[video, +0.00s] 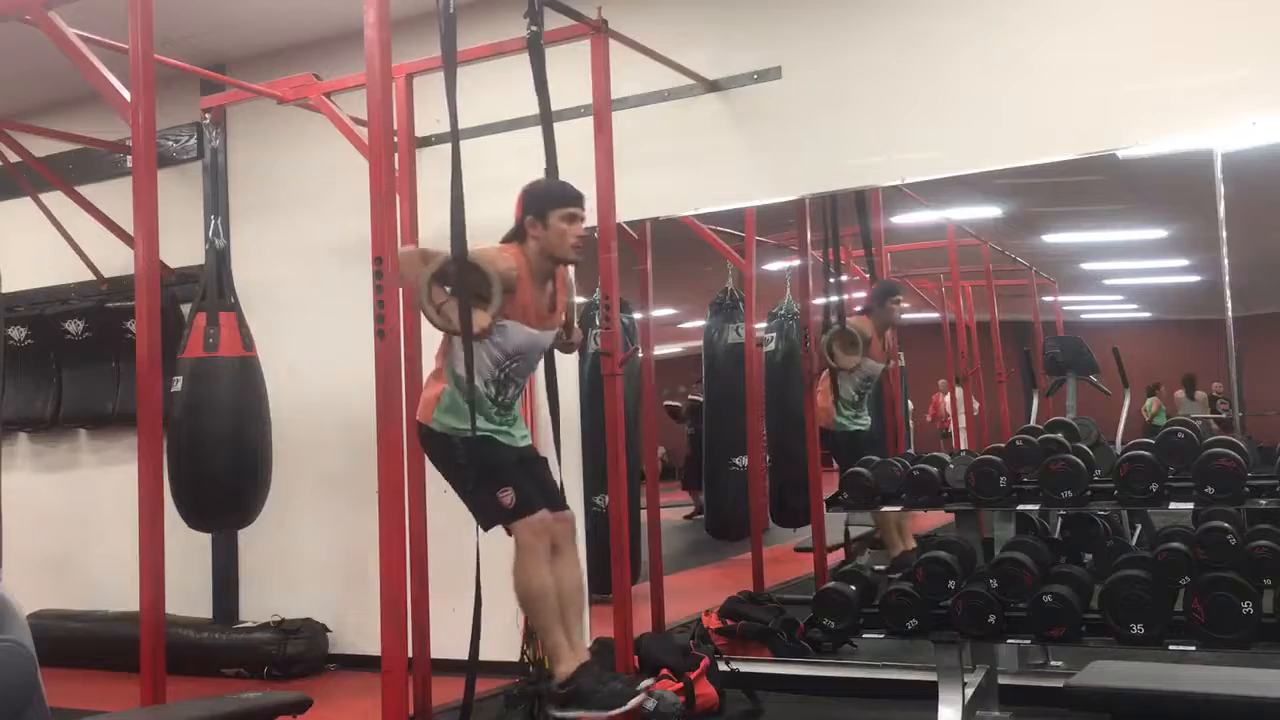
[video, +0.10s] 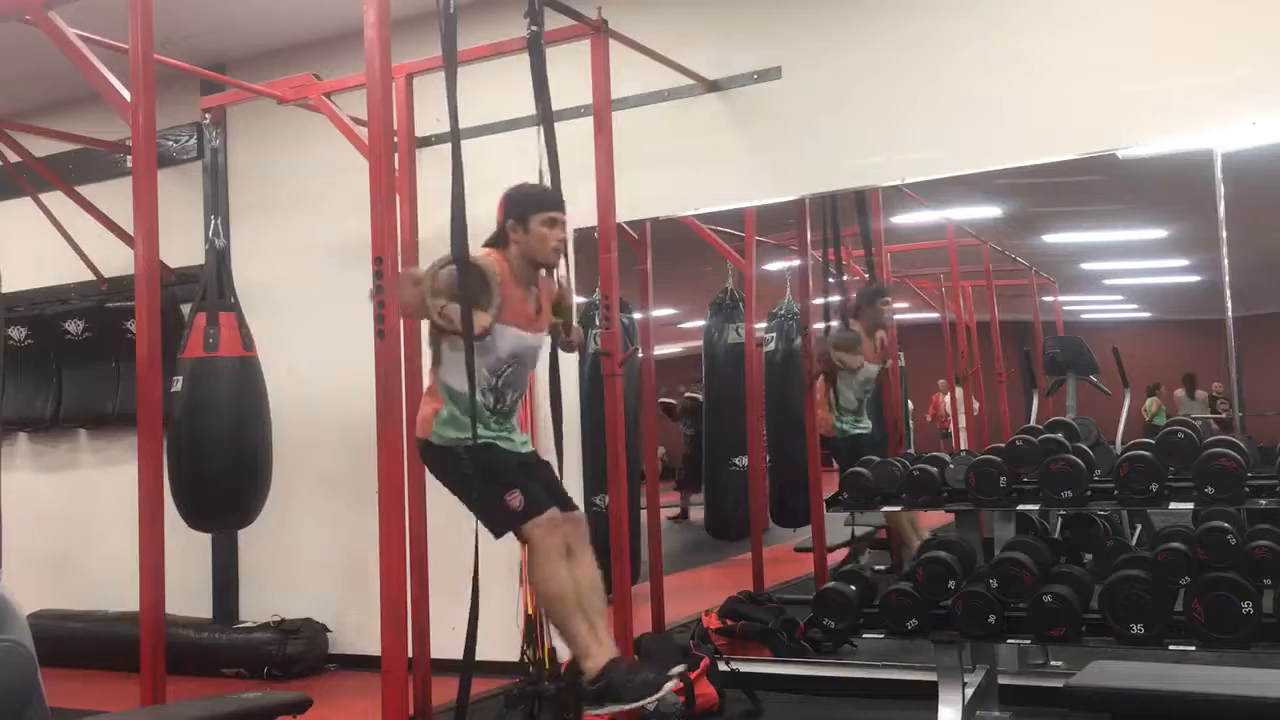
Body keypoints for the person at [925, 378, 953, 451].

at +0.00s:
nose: (942, 388)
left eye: (944, 386)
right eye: (941, 386)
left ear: (947, 386)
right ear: (939, 387)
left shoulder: (950, 396)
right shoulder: (936, 397)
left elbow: (954, 407)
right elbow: (933, 407)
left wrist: (953, 417)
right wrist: (930, 416)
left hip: (950, 420)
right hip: (940, 420)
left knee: (951, 435)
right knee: (942, 436)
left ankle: (952, 450)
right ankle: (943, 451)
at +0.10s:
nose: (942, 388)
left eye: (943, 386)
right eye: (940, 386)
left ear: (947, 386)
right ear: (938, 387)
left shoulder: (950, 396)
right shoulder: (936, 397)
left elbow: (953, 407)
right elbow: (933, 407)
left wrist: (953, 417)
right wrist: (930, 415)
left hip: (950, 419)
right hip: (940, 420)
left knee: (951, 435)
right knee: (942, 436)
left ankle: (952, 450)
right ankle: (943, 451)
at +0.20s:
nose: (941, 388)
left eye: (943, 386)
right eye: (940, 386)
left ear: (946, 386)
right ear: (938, 387)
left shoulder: (949, 396)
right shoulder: (936, 397)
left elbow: (953, 407)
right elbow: (933, 407)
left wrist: (952, 417)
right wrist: (930, 416)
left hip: (949, 420)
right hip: (940, 420)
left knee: (951, 436)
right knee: (942, 437)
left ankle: (953, 449)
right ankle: (943, 450)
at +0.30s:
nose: (940, 388)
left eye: (942, 386)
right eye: (939, 386)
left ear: (946, 387)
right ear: (937, 387)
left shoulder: (949, 396)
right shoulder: (936, 397)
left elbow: (952, 408)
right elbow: (933, 408)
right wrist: (927, 415)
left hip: (950, 421)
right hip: (940, 421)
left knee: (951, 436)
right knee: (942, 438)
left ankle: (953, 450)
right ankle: (944, 451)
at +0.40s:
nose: (940, 388)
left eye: (942, 386)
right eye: (939, 386)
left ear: (946, 387)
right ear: (937, 387)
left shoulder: (949, 396)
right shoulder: (936, 397)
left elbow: (952, 409)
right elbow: (932, 408)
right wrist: (925, 415)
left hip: (949, 422)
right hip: (940, 422)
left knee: (951, 437)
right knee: (942, 438)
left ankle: (953, 451)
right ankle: (944, 452)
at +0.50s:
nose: (939, 388)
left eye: (941, 386)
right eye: (939, 386)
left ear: (945, 386)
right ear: (937, 387)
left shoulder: (949, 396)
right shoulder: (937, 397)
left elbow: (950, 410)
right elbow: (934, 409)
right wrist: (924, 415)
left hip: (949, 422)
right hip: (940, 422)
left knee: (950, 438)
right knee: (942, 438)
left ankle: (952, 451)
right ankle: (944, 452)